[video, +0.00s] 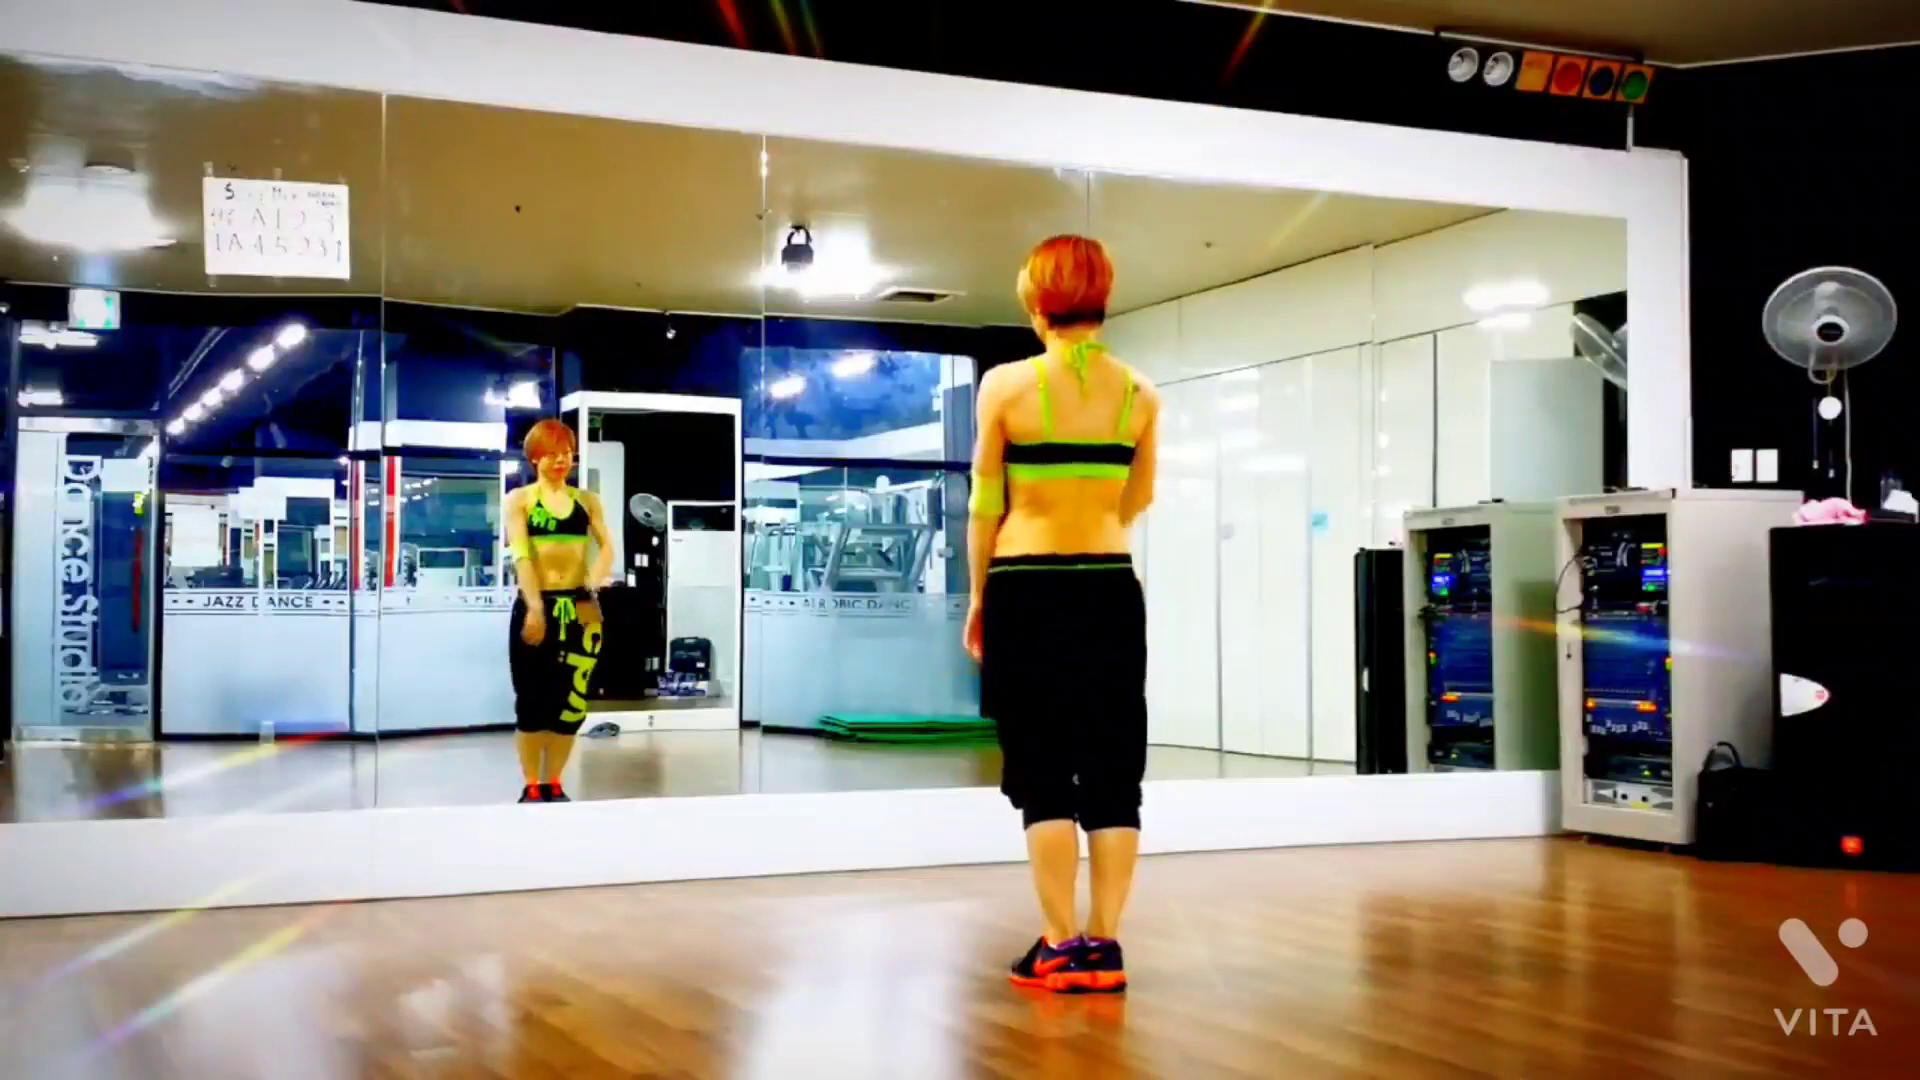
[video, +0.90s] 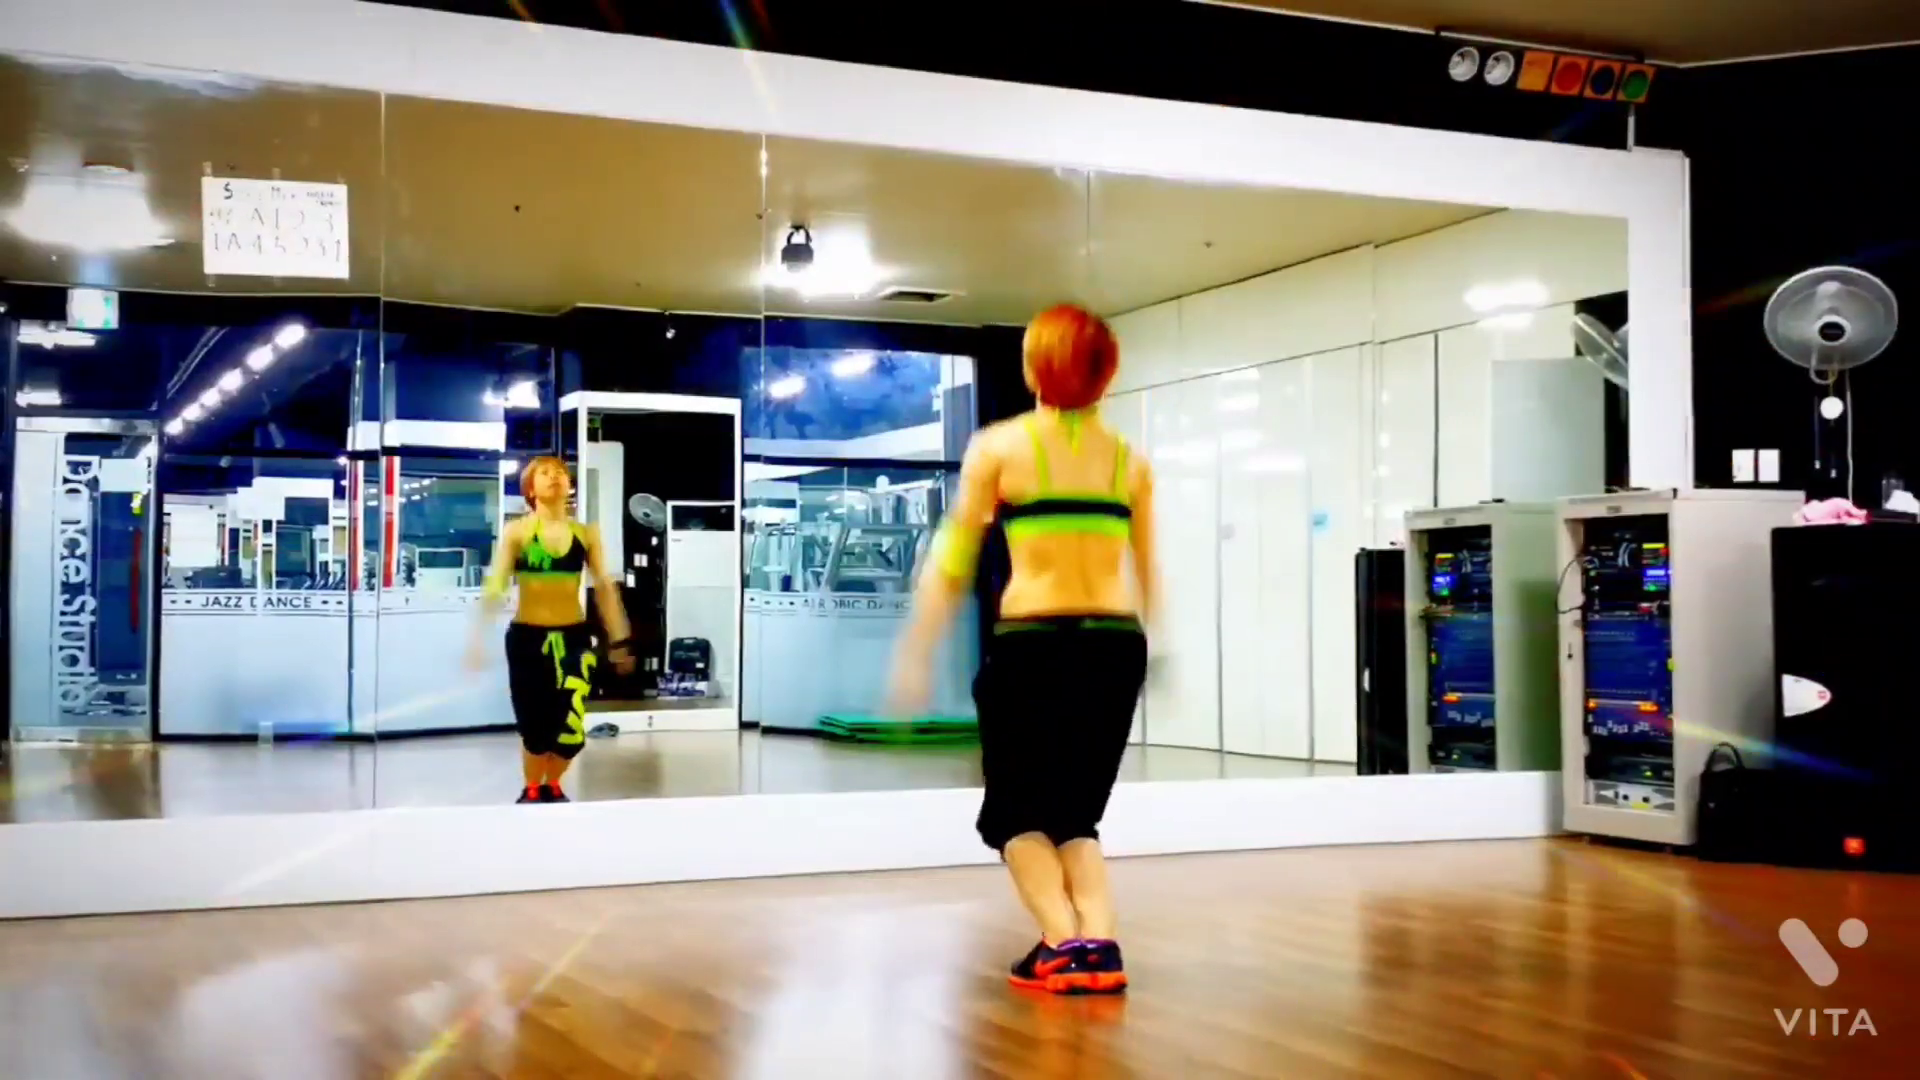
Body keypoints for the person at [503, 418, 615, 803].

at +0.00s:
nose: (560, 462)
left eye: (566, 455)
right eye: (551, 455)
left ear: (573, 457)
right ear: (535, 459)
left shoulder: (587, 501)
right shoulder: (519, 500)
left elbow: (607, 548)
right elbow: (523, 556)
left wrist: (595, 582)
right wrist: (535, 606)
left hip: (580, 606)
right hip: (537, 604)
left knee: (571, 699)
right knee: (533, 699)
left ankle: (552, 783)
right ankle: (531, 785)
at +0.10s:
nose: (560, 465)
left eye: (566, 457)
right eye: (551, 459)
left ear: (573, 458)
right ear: (535, 461)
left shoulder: (586, 496)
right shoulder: (519, 496)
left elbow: (611, 531)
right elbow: (525, 545)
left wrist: (577, 542)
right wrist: (557, 585)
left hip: (580, 603)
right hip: (533, 604)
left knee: (570, 697)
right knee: (532, 698)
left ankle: (553, 783)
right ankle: (531, 785)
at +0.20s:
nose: (561, 465)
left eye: (566, 458)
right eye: (552, 459)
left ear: (574, 459)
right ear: (537, 461)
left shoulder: (583, 496)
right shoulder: (520, 490)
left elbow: (611, 485)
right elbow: (524, 513)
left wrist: (566, 488)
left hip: (581, 602)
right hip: (533, 602)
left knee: (571, 700)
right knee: (531, 700)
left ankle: (553, 783)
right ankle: (531, 785)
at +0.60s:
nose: (554, 461)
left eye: (559, 454)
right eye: (546, 456)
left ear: (568, 458)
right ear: (531, 463)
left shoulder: (585, 499)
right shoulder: (521, 501)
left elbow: (590, 518)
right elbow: (549, 518)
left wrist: (577, 482)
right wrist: (566, 487)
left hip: (576, 608)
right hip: (530, 609)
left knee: (570, 708)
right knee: (537, 706)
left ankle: (553, 782)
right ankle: (532, 785)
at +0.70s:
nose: (554, 485)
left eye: (559, 478)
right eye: (545, 479)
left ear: (568, 488)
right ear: (531, 493)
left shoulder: (586, 537)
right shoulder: (521, 533)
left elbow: (583, 579)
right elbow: (537, 577)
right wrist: (570, 588)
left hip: (573, 640)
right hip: (529, 641)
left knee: (572, 733)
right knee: (540, 728)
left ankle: (552, 783)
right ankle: (532, 787)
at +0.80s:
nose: (556, 488)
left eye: (561, 483)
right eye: (547, 484)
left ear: (571, 494)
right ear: (532, 498)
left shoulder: (587, 543)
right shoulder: (519, 542)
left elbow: (591, 596)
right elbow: (521, 602)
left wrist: (589, 638)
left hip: (572, 637)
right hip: (529, 638)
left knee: (573, 729)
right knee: (538, 722)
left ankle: (553, 783)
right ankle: (532, 786)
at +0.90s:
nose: (554, 478)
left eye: (560, 472)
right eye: (545, 473)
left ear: (569, 484)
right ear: (531, 487)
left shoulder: (586, 534)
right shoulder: (516, 531)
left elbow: (604, 587)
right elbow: (494, 589)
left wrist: (619, 639)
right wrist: (479, 641)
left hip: (574, 637)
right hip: (528, 637)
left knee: (572, 730)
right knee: (536, 725)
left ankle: (551, 784)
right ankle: (531, 789)